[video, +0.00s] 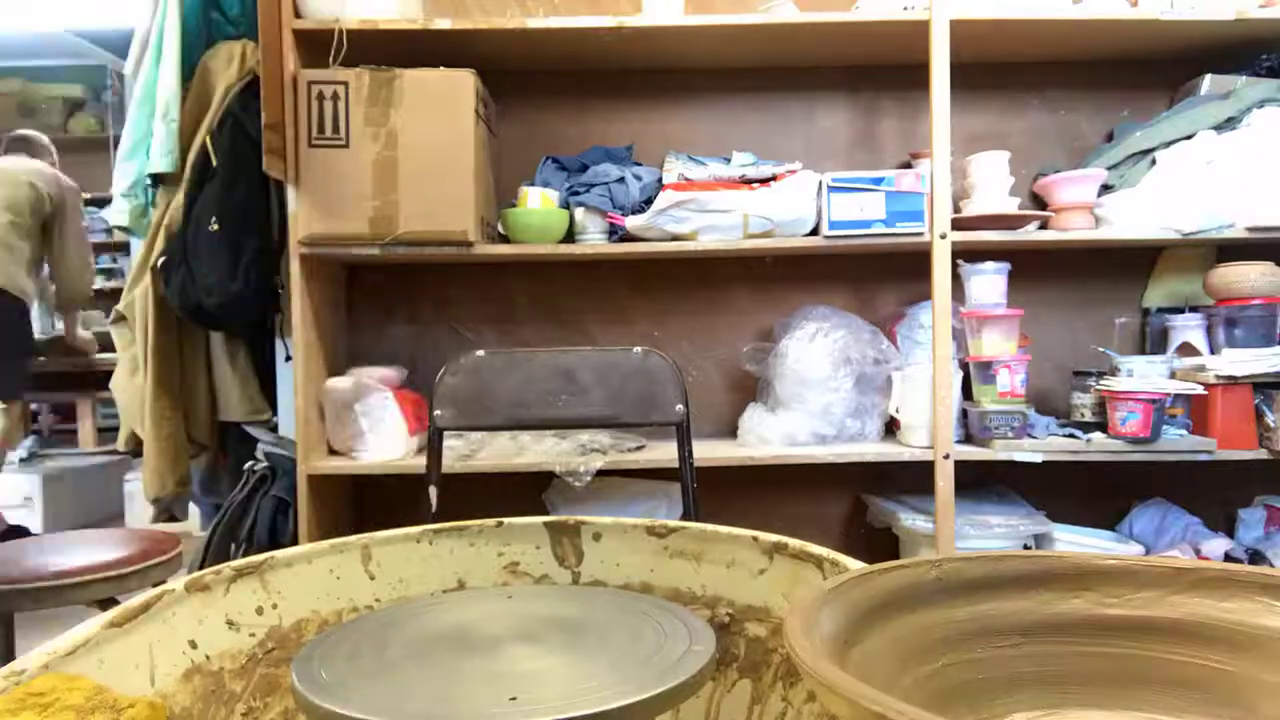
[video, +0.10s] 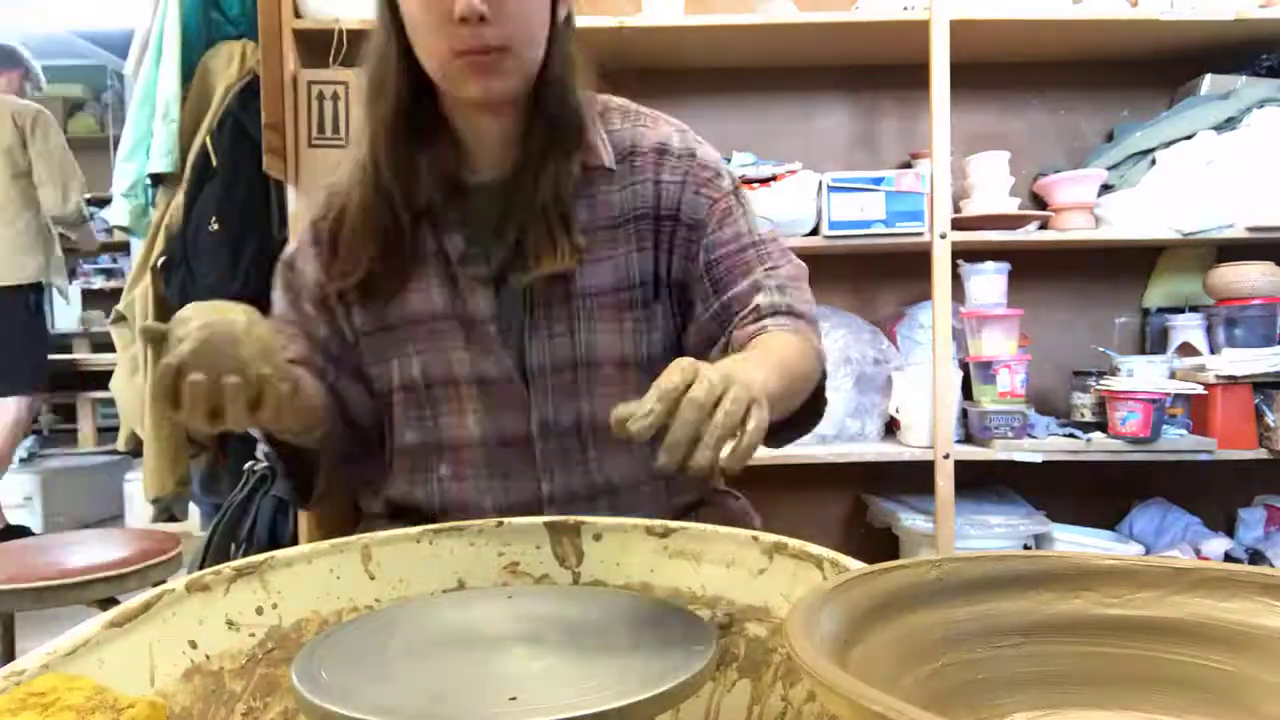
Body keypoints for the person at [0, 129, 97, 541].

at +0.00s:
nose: (60, 172)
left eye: (59, 167)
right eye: (58, 164)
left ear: (8, 154)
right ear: (48, 159)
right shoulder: (54, 182)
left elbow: (71, 267)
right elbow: (73, 269)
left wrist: (67, 326)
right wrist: (72, 332)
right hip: (6, 296)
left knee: (12, 409)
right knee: (10, 409)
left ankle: (6, 518)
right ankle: (2, 517)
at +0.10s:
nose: (24, 89)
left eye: (23, 81)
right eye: (23, 81)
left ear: (4, 77)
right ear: (11, 76)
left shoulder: (26, 119)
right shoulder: (29, 117)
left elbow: (58, 204)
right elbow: (61, 205)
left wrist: (78, 232)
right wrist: (85, 234)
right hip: (13, 276)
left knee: (17, 396)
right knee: (19, 397)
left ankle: (4, 509)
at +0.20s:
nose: (17, 73)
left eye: (13, 64)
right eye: (14, 64)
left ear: (4, 68)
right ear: (7, 68)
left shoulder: (29, 119)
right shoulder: (30, 119)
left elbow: (67, 204)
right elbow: (68, 204)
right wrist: (37, 194)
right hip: (21, 286)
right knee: (59, 393)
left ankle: (4, 522)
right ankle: (59, 524)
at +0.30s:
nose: (17, 72)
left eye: (12, 64)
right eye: (14, 64)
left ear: (5, 67)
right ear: (7, 66)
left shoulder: (28, 117)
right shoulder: (29, 117)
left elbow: (62, 205)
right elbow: (64, 205)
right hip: (21, 284)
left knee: (59, 394)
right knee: (60, 394)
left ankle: (6, 523)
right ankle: (56, 526)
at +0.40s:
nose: (16, 74)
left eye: (12, 66)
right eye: (18, 66)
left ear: (6, 67)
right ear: (19, 67)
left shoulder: (43, 119)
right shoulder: (44, 118)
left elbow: (73, 204)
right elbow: (74, 204)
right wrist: (38, 196)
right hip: (26, 280)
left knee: (25, 404)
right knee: (26, 405)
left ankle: (15, 518)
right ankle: (14, 521)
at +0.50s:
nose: (19, 67)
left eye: (13, 58)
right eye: (21, 58)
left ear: (2, 58)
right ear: (20, 58)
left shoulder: (41, 113)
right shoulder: (41, 111)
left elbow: (59, 201)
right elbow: (62, 201)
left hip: (21, 280)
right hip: (22, 278)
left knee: (18, 408)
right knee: (17, 409)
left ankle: (14, 528)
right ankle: (14, 530)